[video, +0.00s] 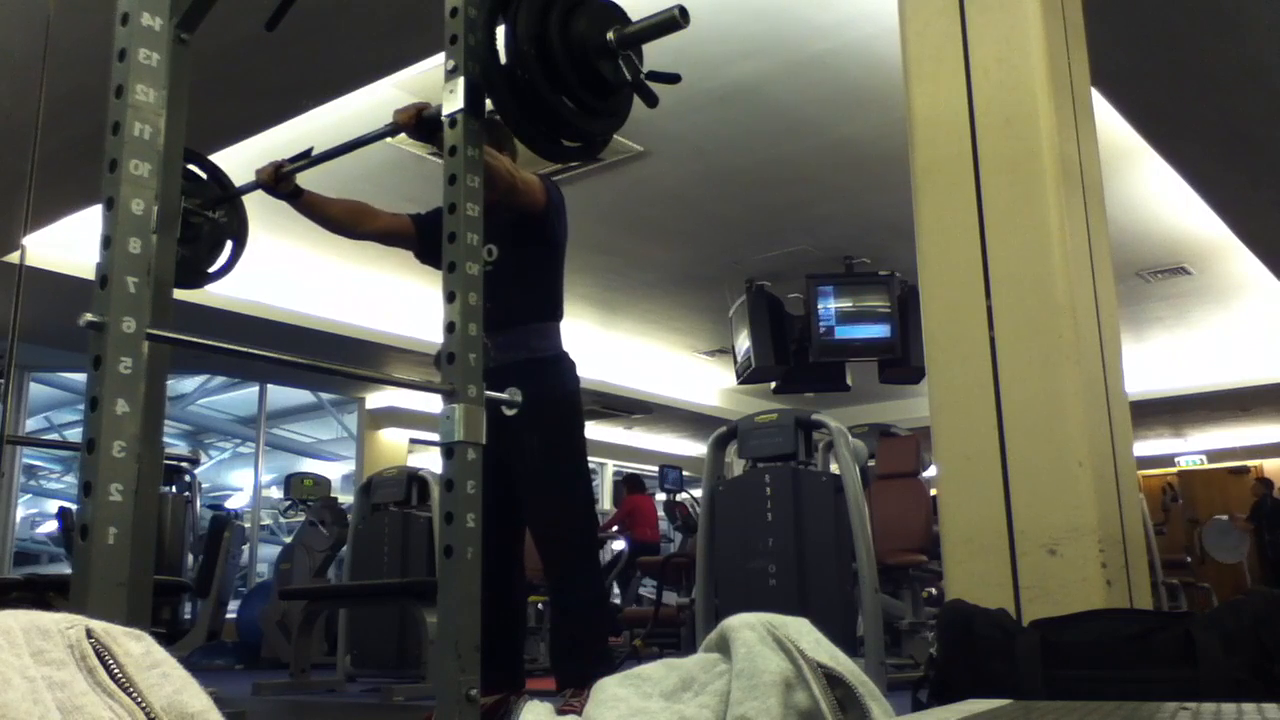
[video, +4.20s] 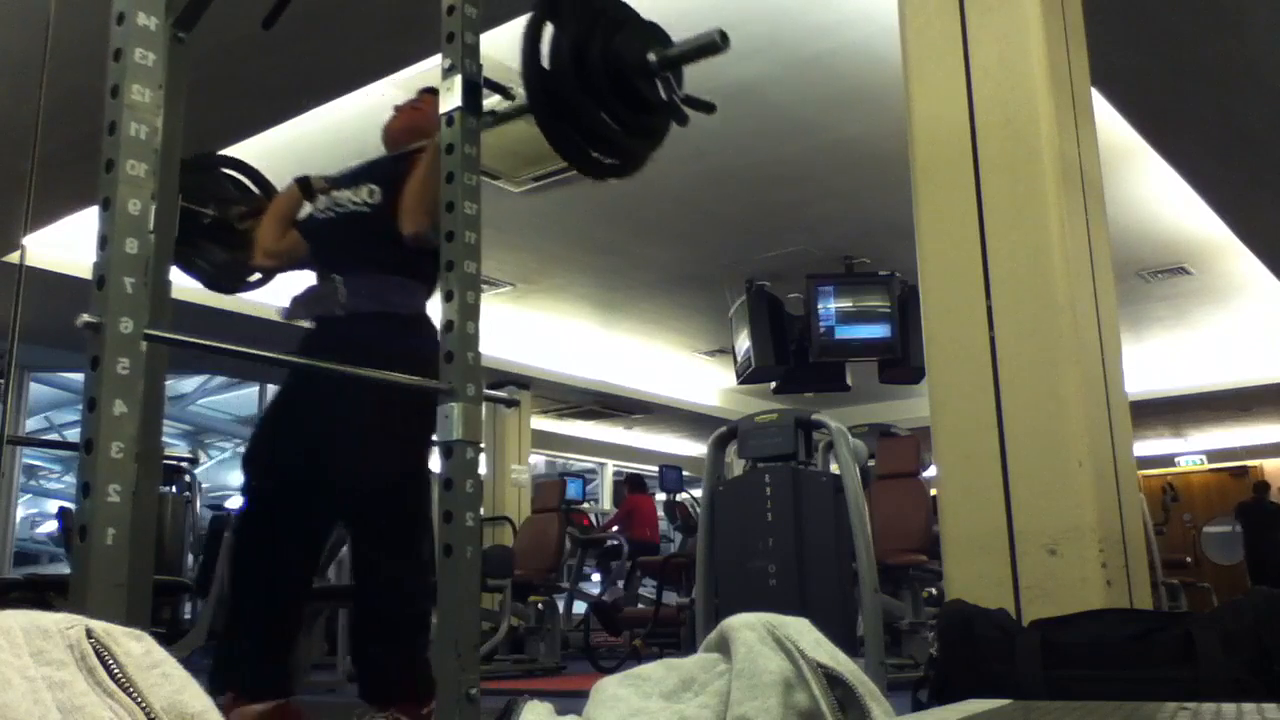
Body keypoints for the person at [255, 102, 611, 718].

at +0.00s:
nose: (463, 169)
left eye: (472, 156)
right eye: (457, 161)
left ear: (496, 151)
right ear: (451, 166)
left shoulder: (541, 202)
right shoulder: (455, 223)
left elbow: (504, 179)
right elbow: (369, 221)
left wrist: (440, 133)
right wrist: (294, 192)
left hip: (540, 384)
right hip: (477, 392)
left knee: (562, 536)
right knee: (488, 545)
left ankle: (579, 684)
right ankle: (498, 687)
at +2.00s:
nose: (469, 165)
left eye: (479, 153)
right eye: (464, 157)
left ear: (513, 156)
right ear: (460, 165)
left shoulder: (543, 209)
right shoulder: (458, 227)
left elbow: (505, 182)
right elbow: (369, 224)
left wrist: (441, 132)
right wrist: (294, 193)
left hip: (537, 384)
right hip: (476, 392)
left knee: (563, 537)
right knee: (489, 546)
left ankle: (579, 684)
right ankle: (499, 687)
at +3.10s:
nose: (468, 157)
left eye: (479, 145)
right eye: (460, 146)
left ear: (504, 152)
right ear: (447, 154)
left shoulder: (526, 200)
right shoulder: (431, 217)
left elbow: (517, 207)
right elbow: (350, 252)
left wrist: (445, 142)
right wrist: (297, 198)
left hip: (512, 389)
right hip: (449, 392)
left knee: (503, 537)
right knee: (435, 536)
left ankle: (500, 683)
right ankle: (461, 679)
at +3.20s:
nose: (428, 155)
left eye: (444, 146)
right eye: (427, 147)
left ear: (476, 156)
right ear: (427, 159)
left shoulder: (502, 208)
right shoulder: (407, 226)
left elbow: (499, 226)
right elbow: (331, 273)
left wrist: (436, 144)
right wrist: (291, 203)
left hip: (490, 397)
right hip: (421, 399)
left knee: (469, 544)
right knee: (370, 533)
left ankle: (475, 685)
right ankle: (437, 677)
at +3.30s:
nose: (403, 150)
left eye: (418, 140)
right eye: (399, 142)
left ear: (446, 153)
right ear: (393, 158)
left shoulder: (470, 206)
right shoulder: (382, 226)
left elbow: (469, 241)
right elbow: (304, 284)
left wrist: (434, 160)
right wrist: (281, 206)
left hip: (447, 404)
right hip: (386, 402)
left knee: (426, 553)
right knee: (298, 524)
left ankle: (445, 690)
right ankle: (343, 675)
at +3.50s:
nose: (373, 118)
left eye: (389, 114)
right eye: (370, 112)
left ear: (409, 140)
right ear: (354, 135)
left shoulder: (412, 195)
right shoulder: (315, 210)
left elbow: (399, 231)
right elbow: (240, 271)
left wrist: (412, 147)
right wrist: (258, 194)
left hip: (351, 379)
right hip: (287, 380)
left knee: (351, 546)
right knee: (220, 517)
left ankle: (432, 681)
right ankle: (250, 694)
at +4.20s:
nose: (404, 106)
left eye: (421, 103)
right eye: (404, 101)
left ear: (442, 130)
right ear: (390, 124)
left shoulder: (442, 178)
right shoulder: (354, 192)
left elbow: (414, 226)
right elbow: (267, 249)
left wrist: (440, 141)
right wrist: (300, 188)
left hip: (394, 352)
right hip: (325, 352)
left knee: (386, 516)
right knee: (275, 502)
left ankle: (399, 693)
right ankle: (258, 685)